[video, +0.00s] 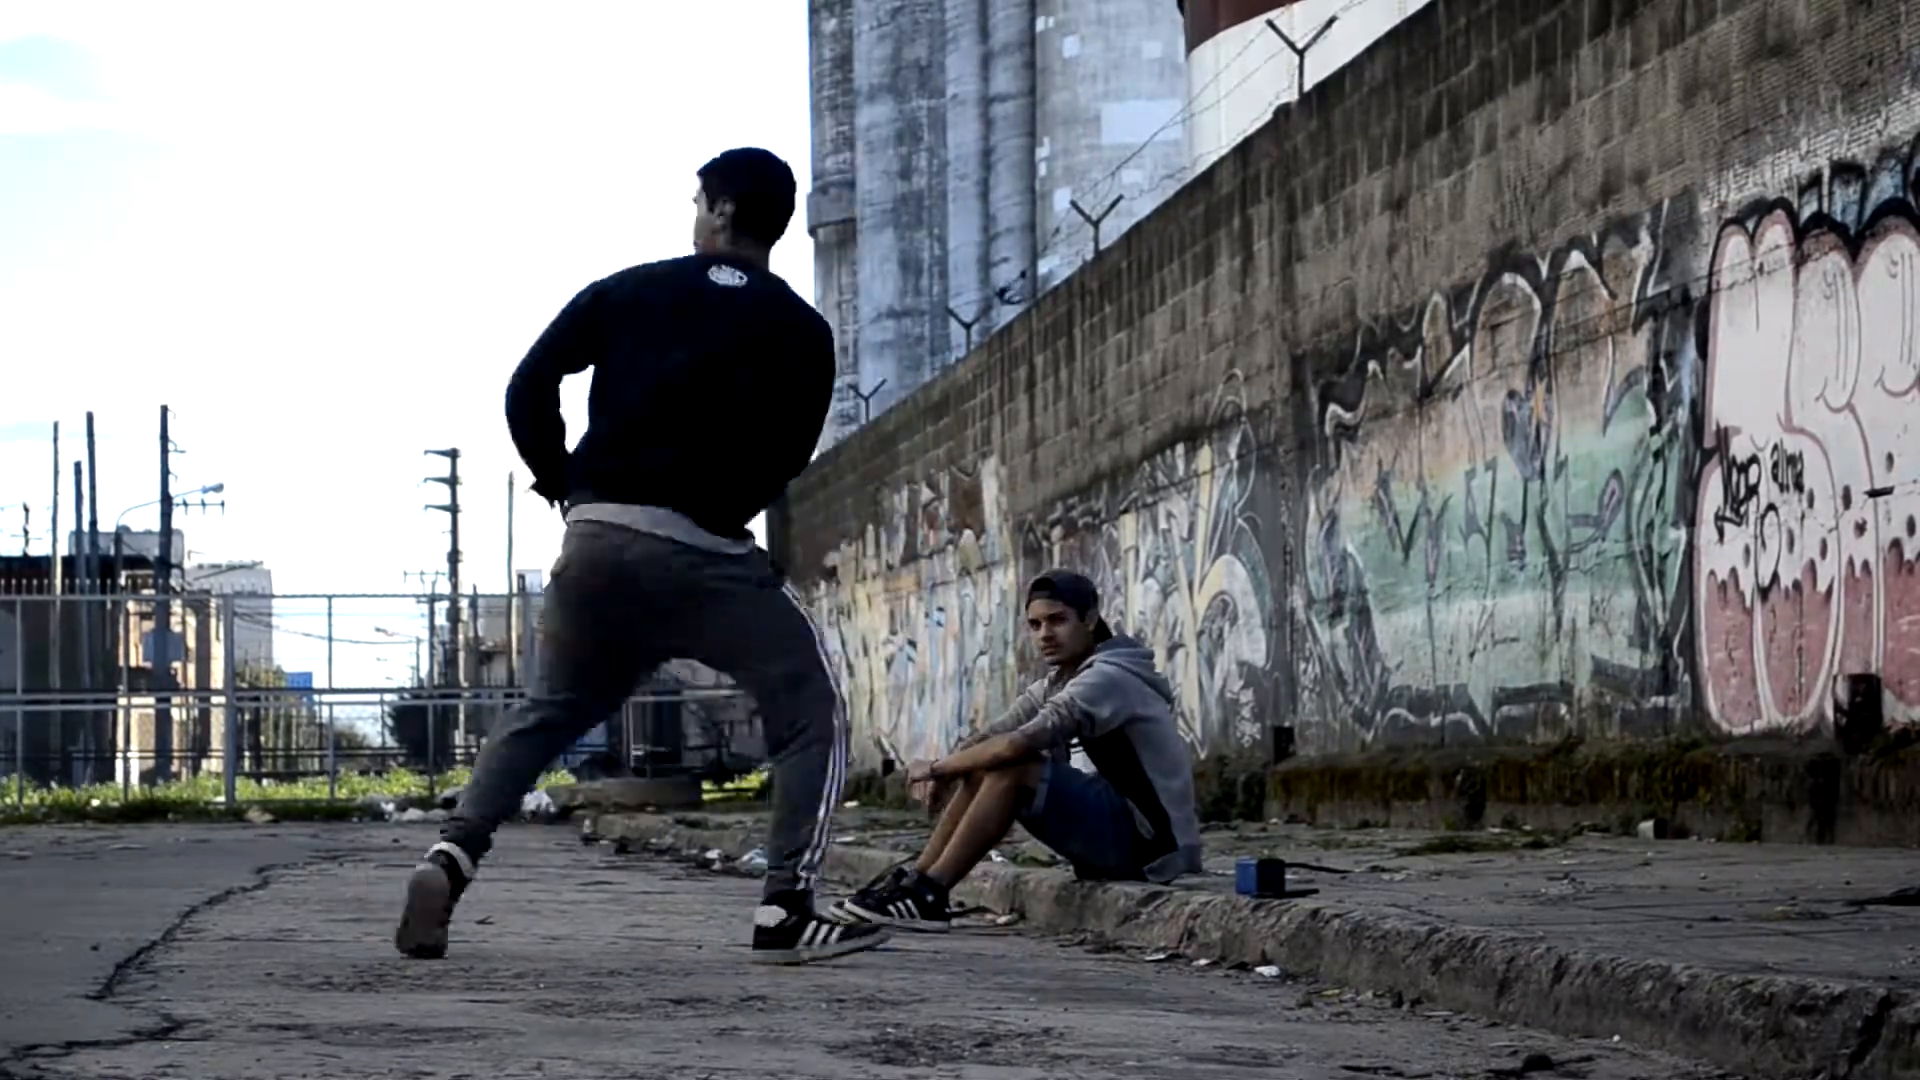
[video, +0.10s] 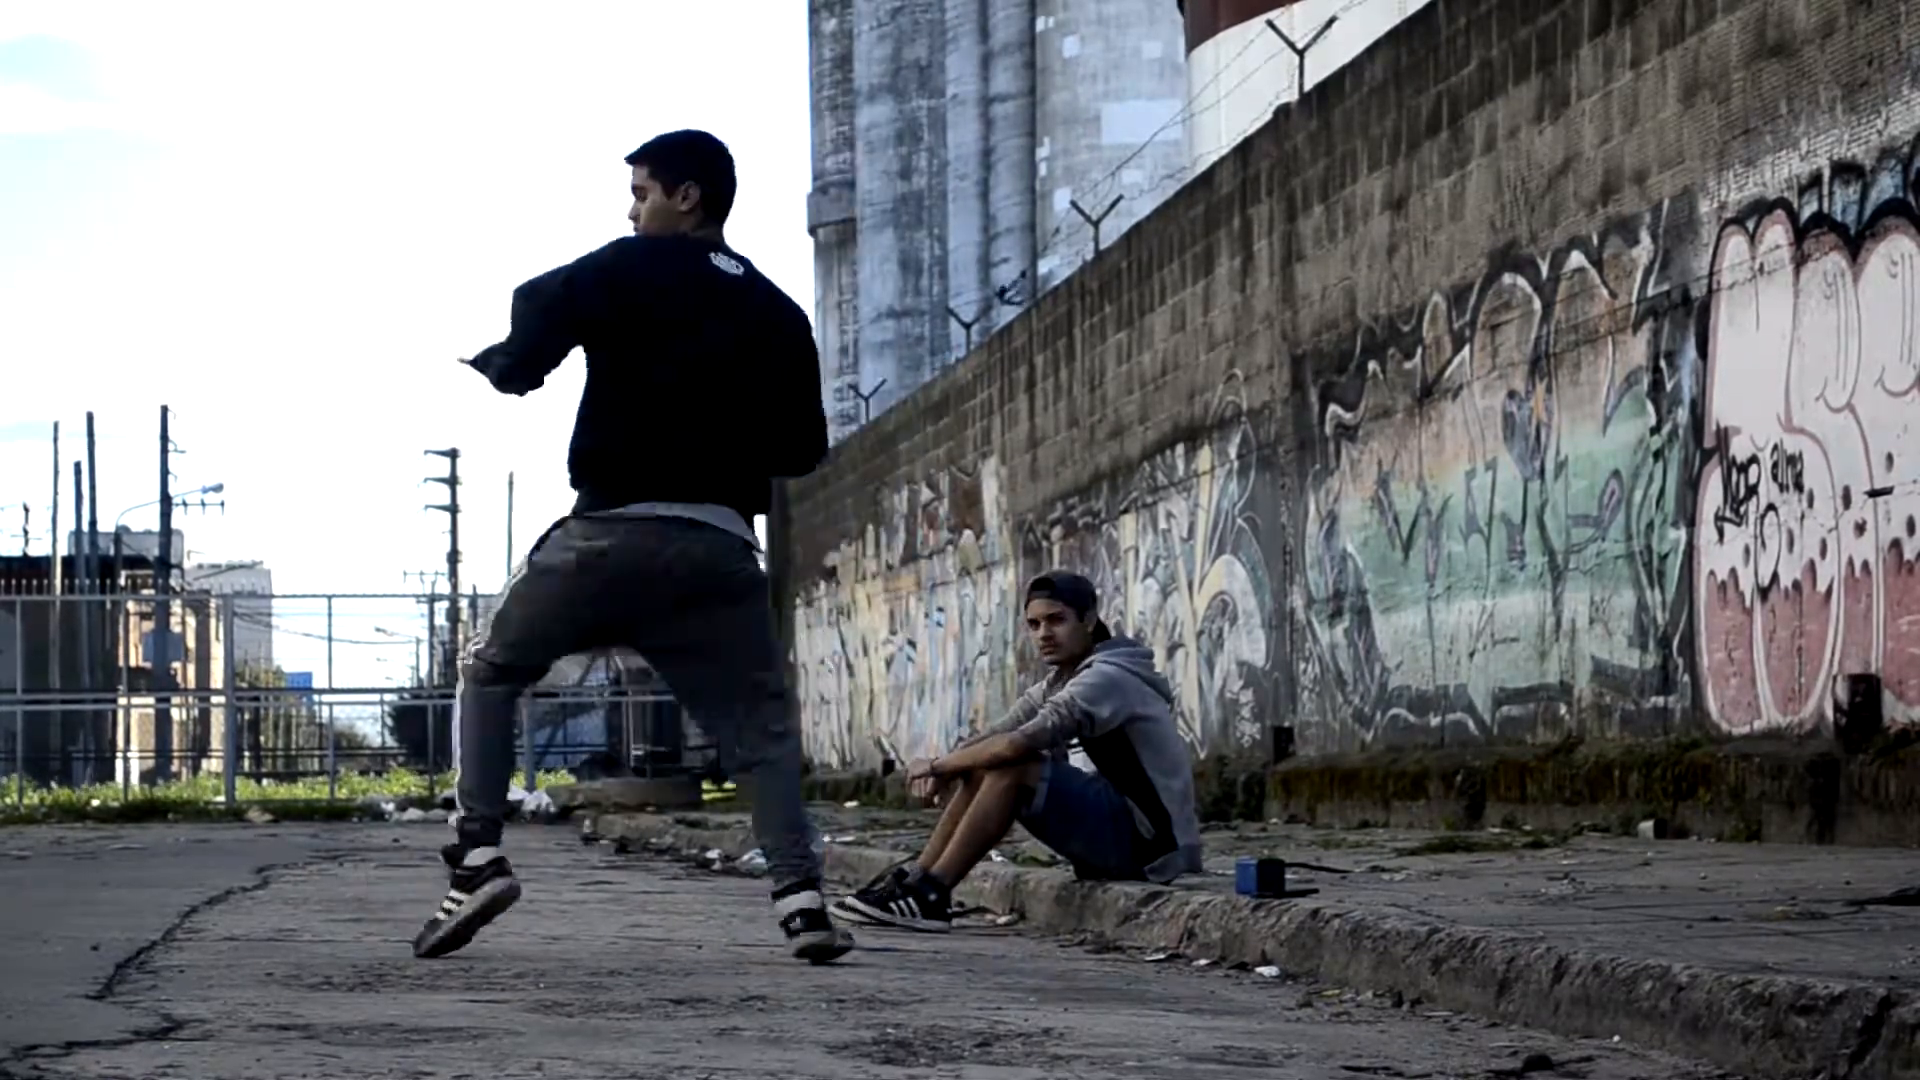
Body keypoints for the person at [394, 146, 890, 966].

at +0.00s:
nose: (695, 220)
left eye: (699, 207)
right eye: (700, 206)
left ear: (716, 213)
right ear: (780, 229)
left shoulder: (632, 290)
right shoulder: (808, 334)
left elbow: (529, 387)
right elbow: (790, 457)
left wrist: (568, 484)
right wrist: (716, 504)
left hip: (597, 550)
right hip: (711, 566)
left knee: (544, 713)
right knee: (811, 713)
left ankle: (452, 852)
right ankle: (787, 906)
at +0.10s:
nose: (632, 212)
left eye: (641, 195)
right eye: (633, 196)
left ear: (686, 197)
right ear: (714, 203)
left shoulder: (632, 264)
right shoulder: (784, 312)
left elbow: (540, 304)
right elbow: (804, 449)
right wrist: (723, 459)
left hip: (606, 537)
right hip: (720, 553)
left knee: (495, 673)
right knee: (760, 727)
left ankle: (477, 852)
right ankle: (801, 893)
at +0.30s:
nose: (573, 223)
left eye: (585, 205)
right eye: (571, 207)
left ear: (637, 204)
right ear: (638, 212)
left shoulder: (657, 291)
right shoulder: (692, 292)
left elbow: (605, 326)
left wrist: (546, 297)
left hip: (658, 548)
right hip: (729, 547)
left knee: (531, 714)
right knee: (747, 739)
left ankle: (502, 907)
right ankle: (868, 887)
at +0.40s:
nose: (579, 182)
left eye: (588, 163)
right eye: (573, 167)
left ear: (641, 152)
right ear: (631, 162)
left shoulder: (666, 234)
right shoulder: (679, 233)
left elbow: (673, 327)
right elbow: (663, 361)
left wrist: (591, 306)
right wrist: (579, 350)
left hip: (685, 496)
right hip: (749, 484)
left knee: (621, 686)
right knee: (773, 689)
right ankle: (889, 812)